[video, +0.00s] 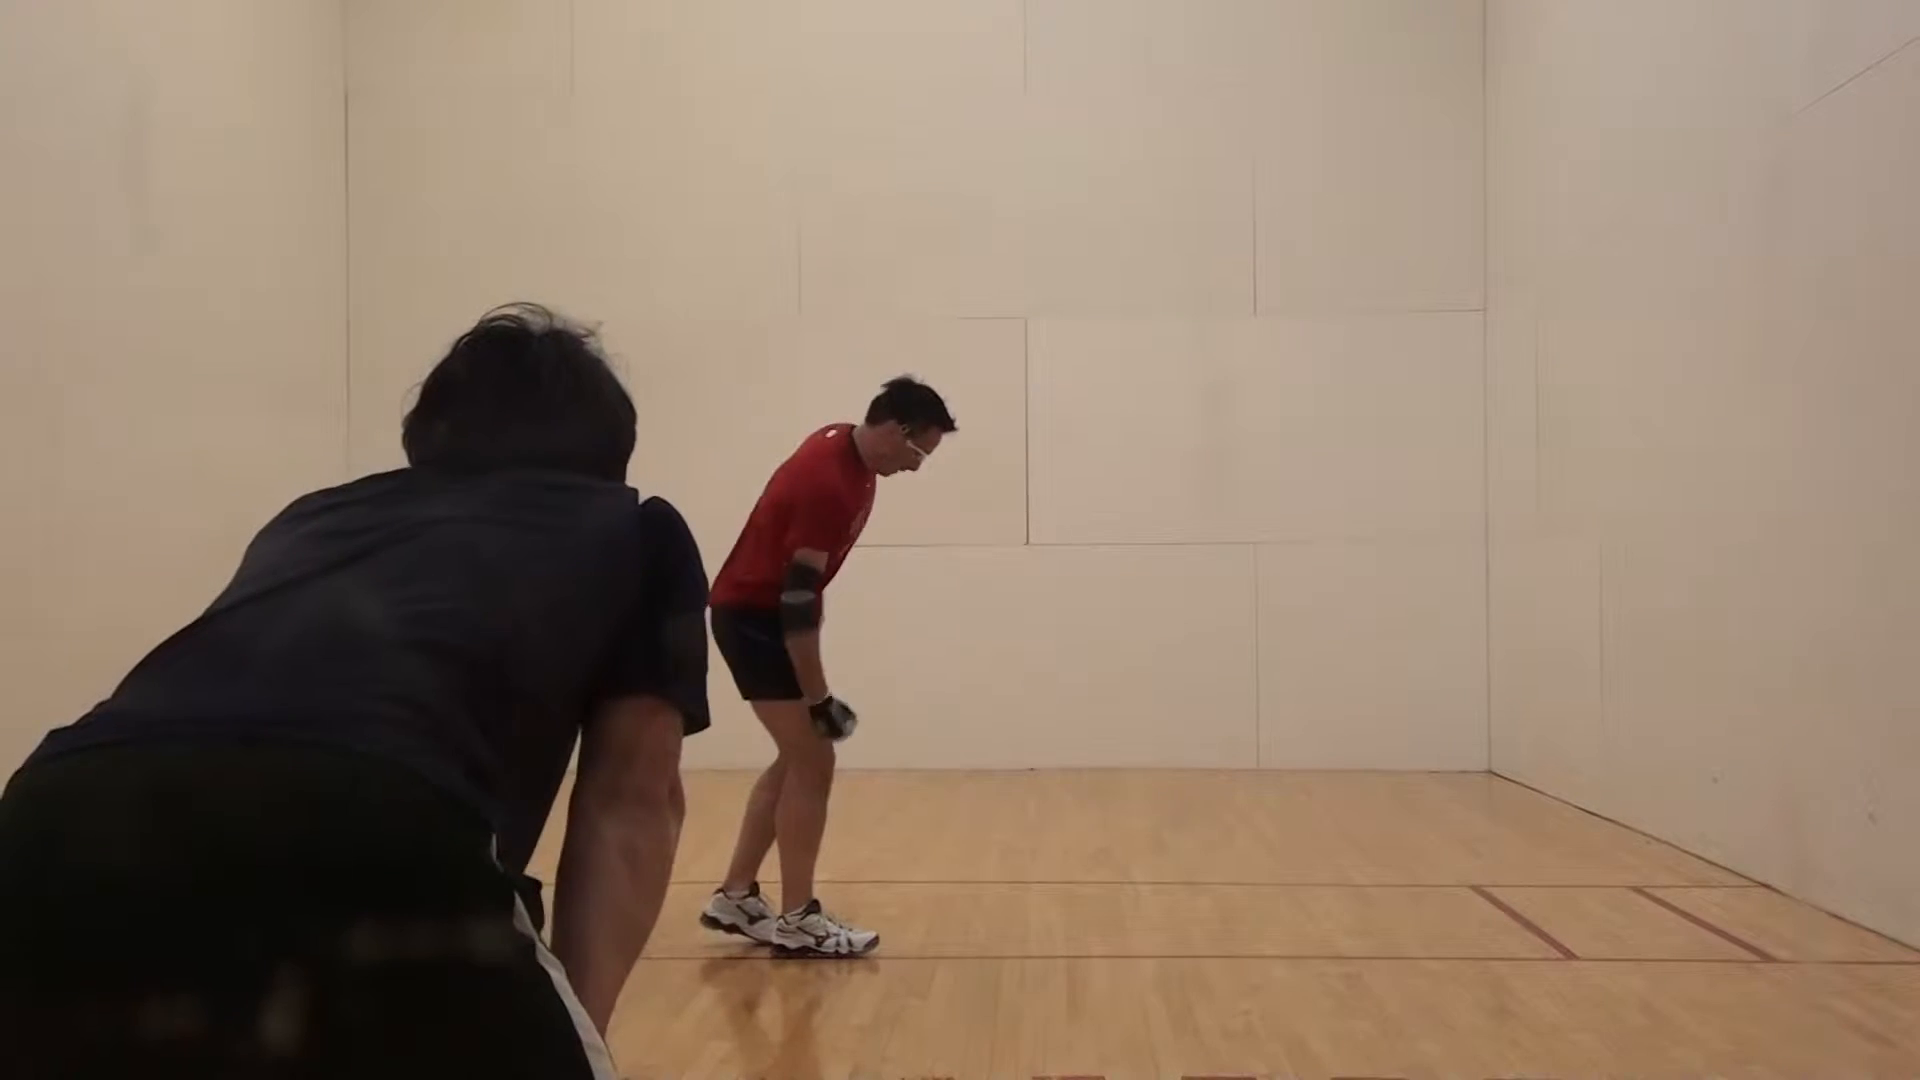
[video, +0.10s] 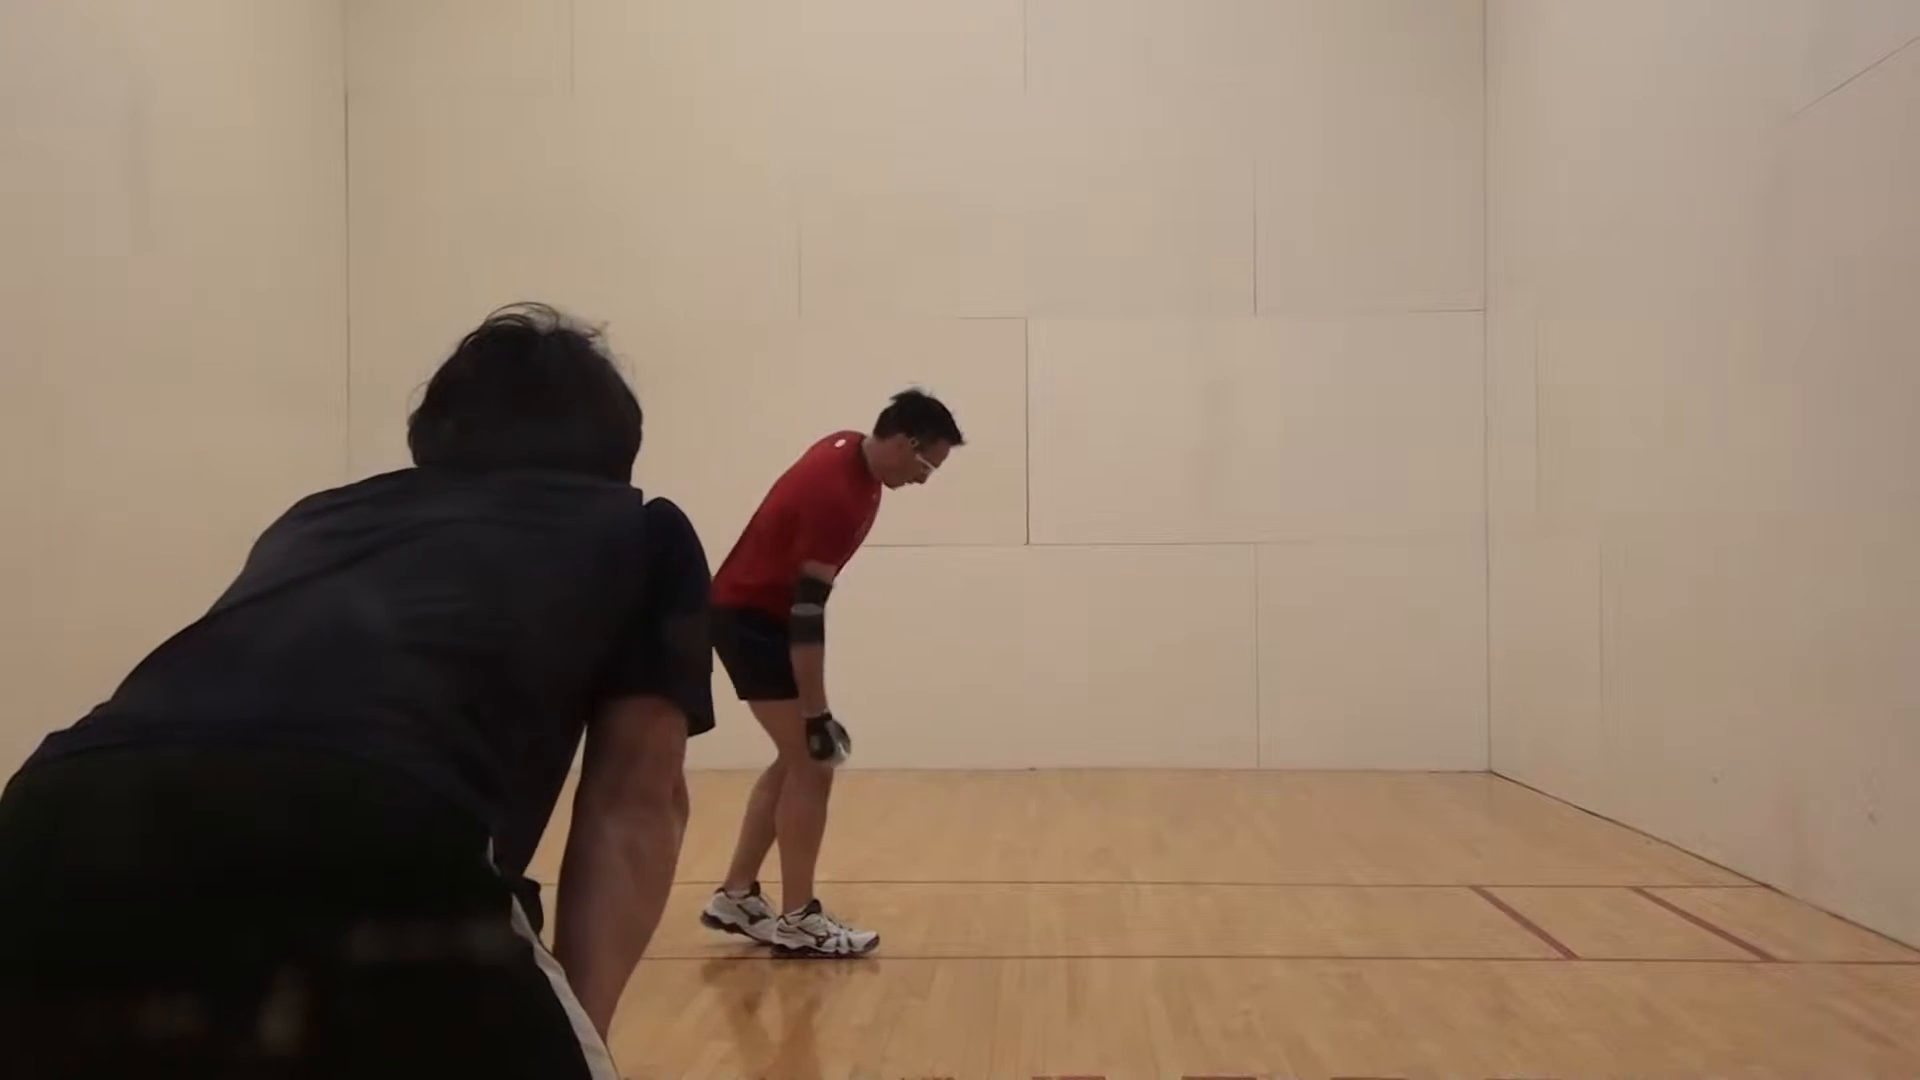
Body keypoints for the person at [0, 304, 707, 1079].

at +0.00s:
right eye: (628, 465)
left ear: (426, 436)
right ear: (610, 459)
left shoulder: (313, 511)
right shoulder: (632, 527)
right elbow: (635, 795)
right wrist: (571, 1032)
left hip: (67, 818)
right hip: (374, 833)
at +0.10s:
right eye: (632, 465)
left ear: (429, 437)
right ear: (616, 461)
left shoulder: (318, 511)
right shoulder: (637, 530)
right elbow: (639, 793)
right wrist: (575, 1032)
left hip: (63, 826)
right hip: (370, 847)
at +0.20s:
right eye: (637, 460)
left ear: (436, 435)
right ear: (619, 455)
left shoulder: (323, 510)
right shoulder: (642, 527)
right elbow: (640, 801)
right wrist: (573, 1032)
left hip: (60, 844)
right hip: (370, 866)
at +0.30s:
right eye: (641, 458)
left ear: (439, 435)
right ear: (624, 455)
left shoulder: (325, 509)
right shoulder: (645, 524)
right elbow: (644, 798)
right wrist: (576, 1033)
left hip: (57, 848)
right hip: (367, 871)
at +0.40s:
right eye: (644, 457)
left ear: (442, 435)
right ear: (628, 454)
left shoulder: (328, 508)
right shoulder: (647, 522)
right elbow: (646, 800)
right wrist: (579, 1034)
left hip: (61, 851)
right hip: (374, 872)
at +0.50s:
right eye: (643, 455)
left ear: (445, 431)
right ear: (628, 451)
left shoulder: (330, 506)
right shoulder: (649, 519)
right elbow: (648, 793)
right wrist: (581, 1032)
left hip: (64, 854)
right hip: (377, 875)